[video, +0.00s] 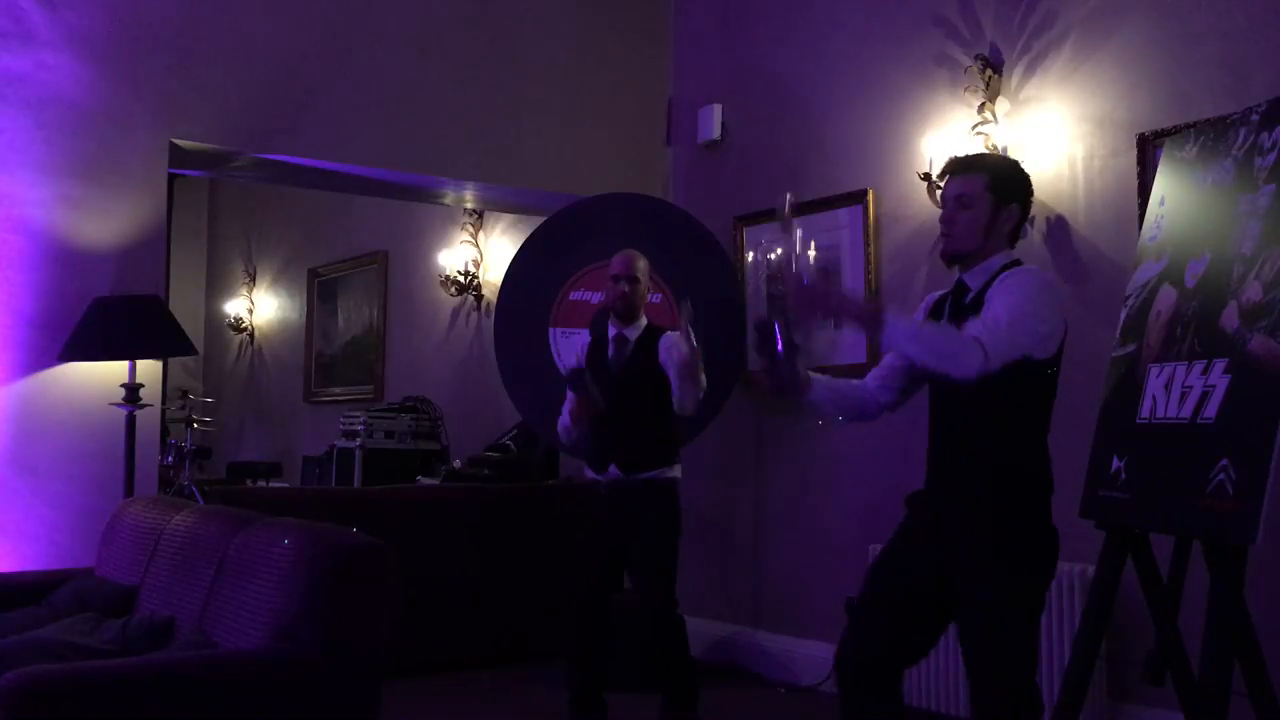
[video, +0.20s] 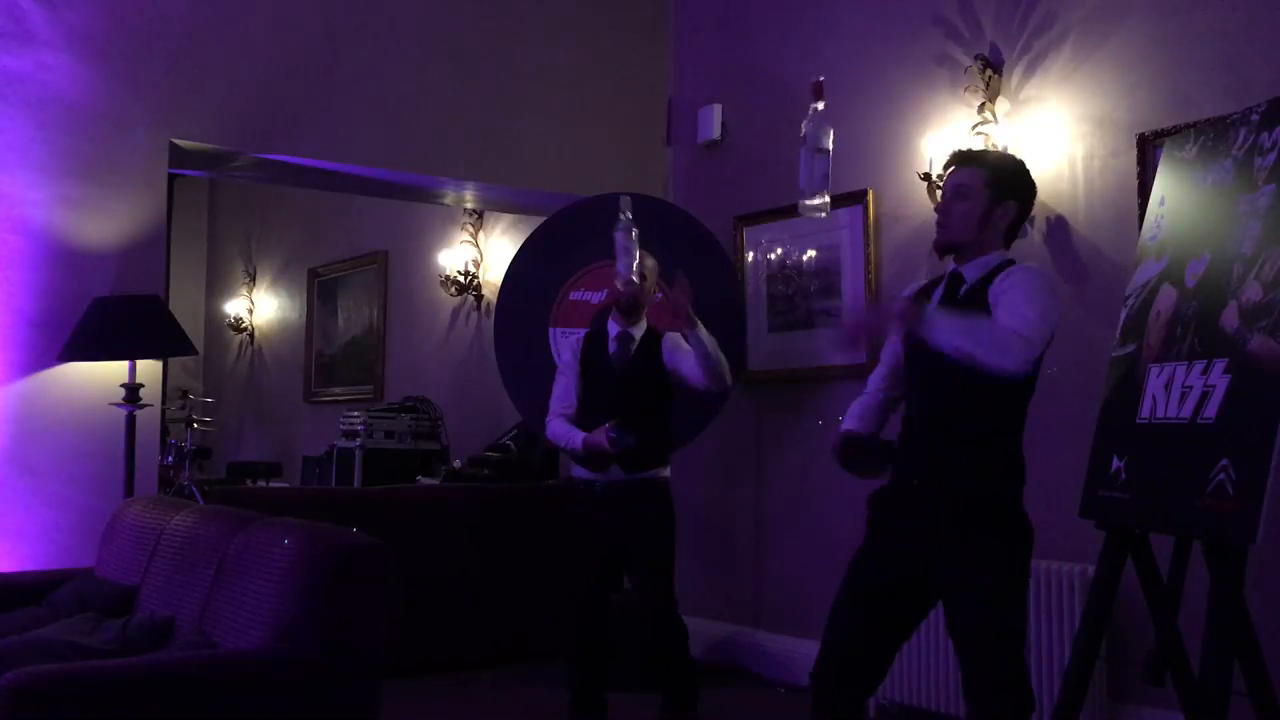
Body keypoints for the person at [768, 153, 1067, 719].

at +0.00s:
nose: (944, 216)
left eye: (961, 204)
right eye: (944, 203)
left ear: (1007, 217)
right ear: (940, 211)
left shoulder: (1032, 292)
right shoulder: (939, 307)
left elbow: (971, 357)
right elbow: (879, 393)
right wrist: (800, 383)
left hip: (1007, 523)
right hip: (941, 516)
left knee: (1001, 693)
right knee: (864, 662)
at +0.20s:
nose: (941, 204)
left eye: (960, 194)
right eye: (943, 193)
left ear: (1003, 212)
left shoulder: (1025, 284)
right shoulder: (924, 296)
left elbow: (1013, 352)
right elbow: (885, 382)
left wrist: (917, 320)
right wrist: (855, 431)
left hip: (984, 509)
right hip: (911, 503)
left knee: (996, 690)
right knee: (838, 679)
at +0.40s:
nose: (922, 213)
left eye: (939, 203)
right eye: (926, 202)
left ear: (982, 220)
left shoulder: (1020, 309)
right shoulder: (884, 289)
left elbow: (1101, 408)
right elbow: (842, 385)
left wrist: (1028, 467)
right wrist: (847, 450)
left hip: (954, 522)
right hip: (869, 515)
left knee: (982, 699)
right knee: (813, 682)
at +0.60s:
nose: (896, 244)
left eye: (914, 236)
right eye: (899, 233)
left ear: (957, 254)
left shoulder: (989, 347)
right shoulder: (860, 304)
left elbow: (979, 424)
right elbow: (818, 398)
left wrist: (920, 430)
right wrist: (826, 483)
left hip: (924, 529)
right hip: (844, 514)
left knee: (962, 689)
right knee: (804, 685)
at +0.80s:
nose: (843, 267)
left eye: (856, 257)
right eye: (845, 256)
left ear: (898, 268)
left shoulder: (942, 362)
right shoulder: (824, 328)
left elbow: (980, 457)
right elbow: (784, 410)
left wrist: (947, 525)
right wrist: (736, 476)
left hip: (882, 541)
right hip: (808, 530)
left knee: (898, 694)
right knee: (769, 681)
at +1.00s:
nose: (807, 262)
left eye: (817, 251)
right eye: (810, 251)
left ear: (850, 258)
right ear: (853, 261)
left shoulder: (881, 343)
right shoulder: (840, 334)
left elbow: (955, 436)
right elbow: (799, 391)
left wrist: (978, 535)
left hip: (848, 542)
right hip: (815, 531)